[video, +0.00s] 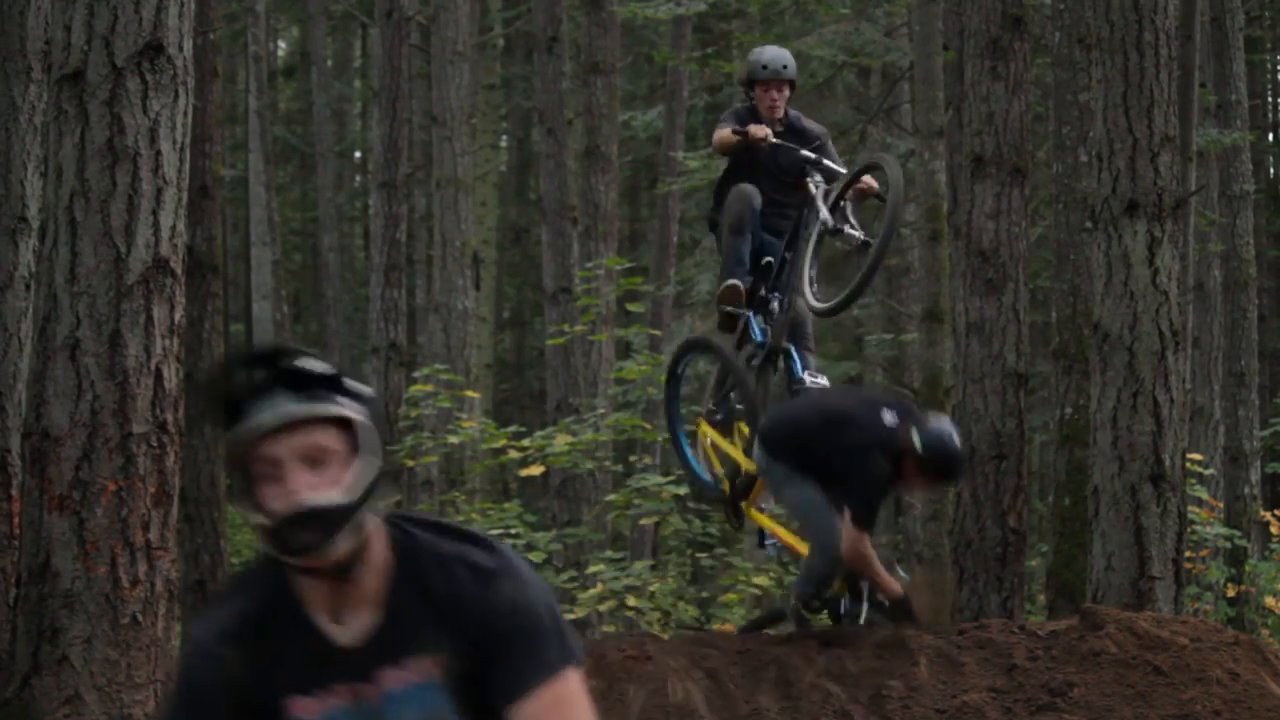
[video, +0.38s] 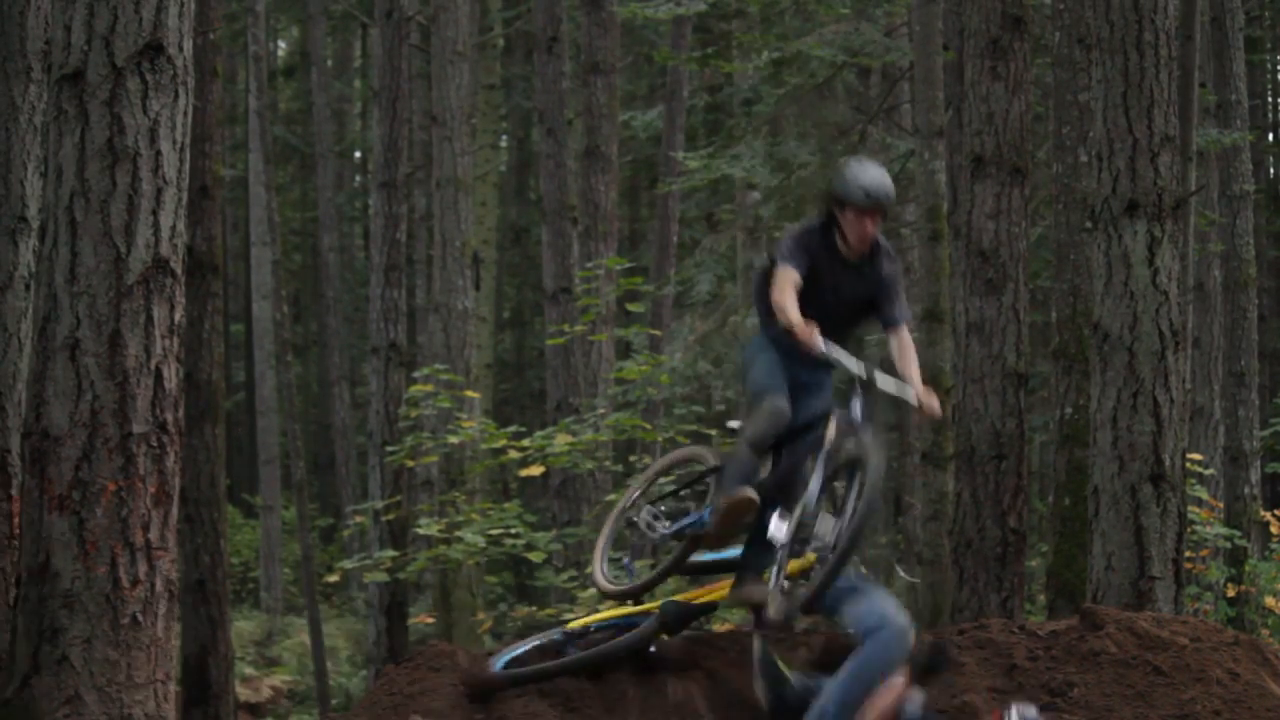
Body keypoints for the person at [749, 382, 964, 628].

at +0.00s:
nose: (924, 489)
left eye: (931, 485)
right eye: (928, 481)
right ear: (917, 465)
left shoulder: (903, 410)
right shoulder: (877, 463)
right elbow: (854, 549)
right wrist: (892, 590)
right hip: (778, 453)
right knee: (831, 544)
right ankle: (801, 604)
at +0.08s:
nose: (949, 557)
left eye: (955, 554)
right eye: (955, 551)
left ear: (948, 508)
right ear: (951, 540)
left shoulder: (913, 486)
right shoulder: (903, 536)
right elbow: (895, 627)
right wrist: (949, 652)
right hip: (780, 531)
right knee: (829, 642)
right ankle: (781, 611)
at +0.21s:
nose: (988, 640)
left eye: (995, 632)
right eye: (991, 631)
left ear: (968, 581)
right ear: (979, 624)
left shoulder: (931, 573)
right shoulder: (935, 651)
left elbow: (881, 554)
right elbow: (924, 713)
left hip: (804, 563)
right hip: (795, 620)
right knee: (823, 670)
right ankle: (761, 628)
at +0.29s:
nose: (994, 662)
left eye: (999, 667)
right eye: (1001, 664)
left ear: (994, 674)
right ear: (1006, 712)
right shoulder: (958, 714)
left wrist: (926, 616)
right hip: (814, 709)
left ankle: (825, 539)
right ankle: (767, 642)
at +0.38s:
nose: (1003, 709)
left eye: (1010, 713)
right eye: (1009, 708)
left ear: (1006, 715)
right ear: (1004, 704)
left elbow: (869, 715)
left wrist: (902, 678)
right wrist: (908, 678)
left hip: (839, 711)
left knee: (894, 631)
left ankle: (825, 580)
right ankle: (793, 690)